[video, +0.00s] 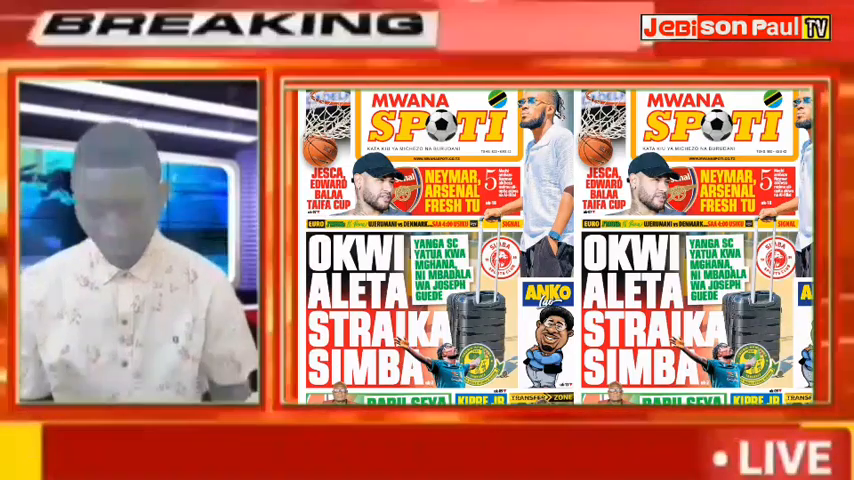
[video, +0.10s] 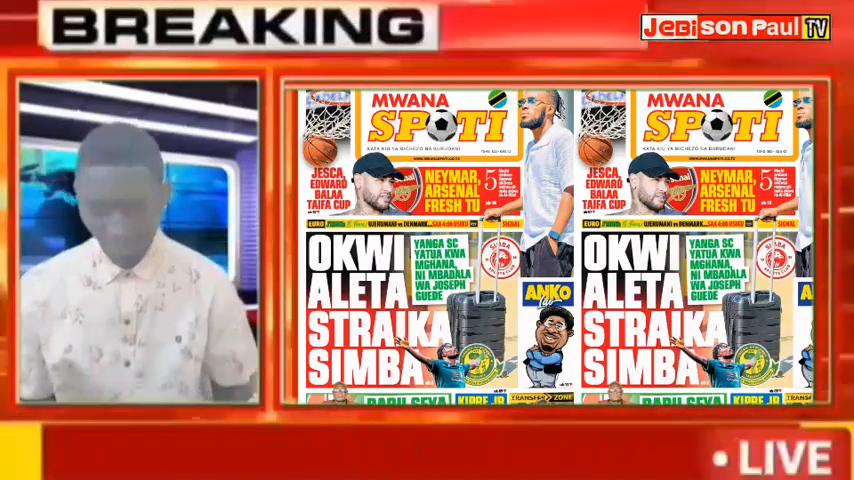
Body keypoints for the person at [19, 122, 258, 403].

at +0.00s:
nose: (113, 227)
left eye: (128, 208)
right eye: (95, 210)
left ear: (162, 195)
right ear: (74, 199)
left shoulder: (207, 286)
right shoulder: (36, 289)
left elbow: (231, 402)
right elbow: (32, 411)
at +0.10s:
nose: (117, 227)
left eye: (131, 208)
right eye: (99, 210)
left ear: (164, 195)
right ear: (78, 199)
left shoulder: (209, 287)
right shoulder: (39, 290)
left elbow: (236, 406)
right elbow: (35, 412)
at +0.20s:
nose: (124, 222)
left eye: (139, 202)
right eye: (105, 204)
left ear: (168, 193)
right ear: (82, 196)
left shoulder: (214, 284)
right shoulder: (42, 288)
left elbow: (230, 396)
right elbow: (39, 408)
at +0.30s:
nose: (129, 217)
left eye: (145, 199)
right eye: (111, 199)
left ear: (173, 192)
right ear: (88, 192)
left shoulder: (218, 280)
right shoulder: (47, 284)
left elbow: (247, 391)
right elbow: (38, 406)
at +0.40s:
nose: (132, 212)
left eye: (147, 192)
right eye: (114, 194)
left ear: (176, 191)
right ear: (91, 193)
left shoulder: (217, 277)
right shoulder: (50, 283)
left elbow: (255, 388)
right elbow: (43, 403)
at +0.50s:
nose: (135, 202)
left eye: (152, 185)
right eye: (119, 185)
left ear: (181, 187)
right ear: (94, 190)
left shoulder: (223, 277)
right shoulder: (55, 280)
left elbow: (251, 386)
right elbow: (46, 399)